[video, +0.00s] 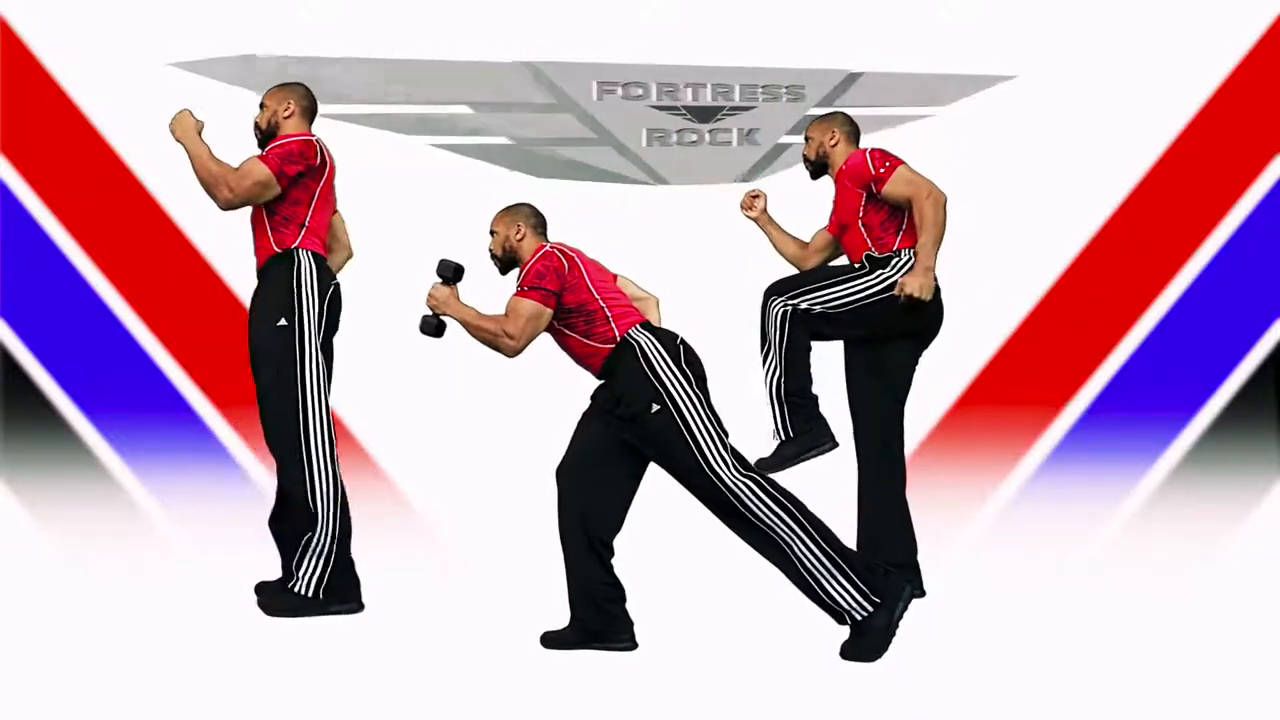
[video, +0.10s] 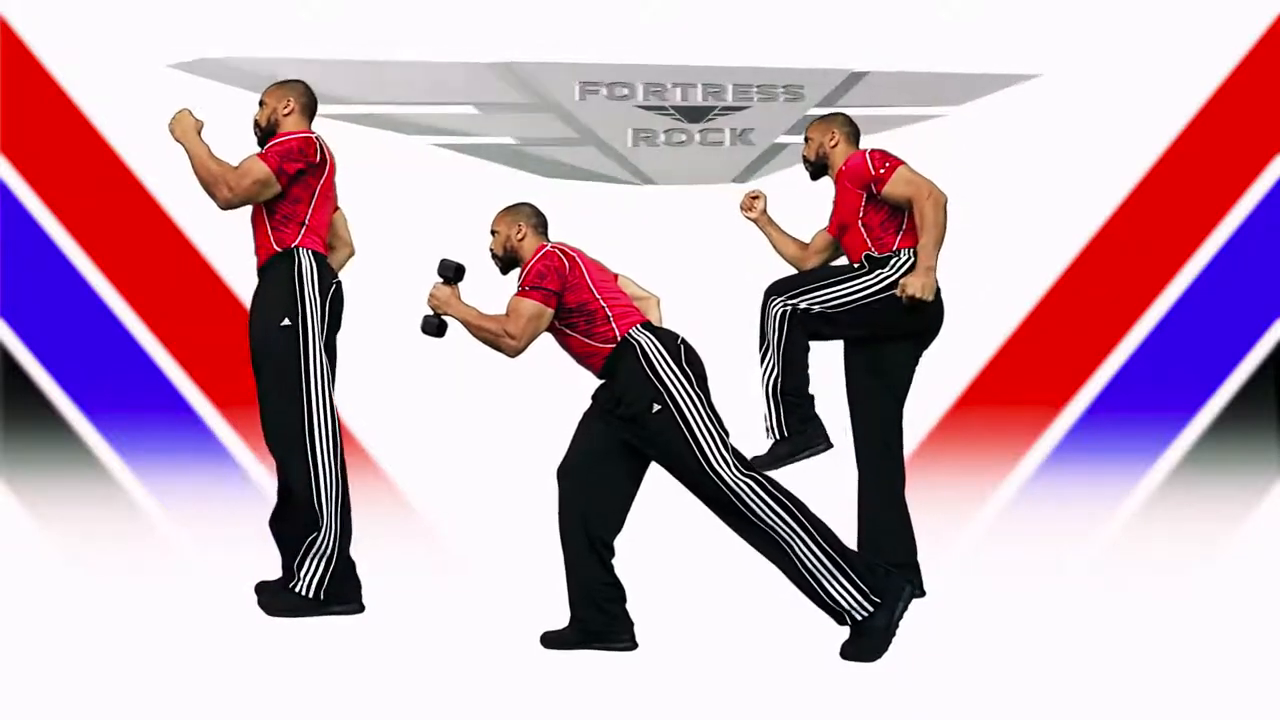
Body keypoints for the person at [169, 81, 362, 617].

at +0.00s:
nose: (256, 116)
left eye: (262, 107)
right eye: (258, 109)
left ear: (285, 108)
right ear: (297, 112)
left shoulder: (300, 147)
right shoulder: (303, 161)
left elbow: (229, 191)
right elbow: (339, 247)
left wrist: (192, 139)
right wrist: (298, 296)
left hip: (295, 285)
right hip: (292, 288)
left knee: (303, 431)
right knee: (291, 433)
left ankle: (323, 582)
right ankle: (309, 574)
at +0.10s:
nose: (256, 114)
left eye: (262, 104)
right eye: (258, 106)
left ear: (285, 105)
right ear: (297, 110)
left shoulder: (300, 145)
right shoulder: (303, 159)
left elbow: (228, 190)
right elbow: (340, 244)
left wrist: (191, 139)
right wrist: (298, 295)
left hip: (297, 286)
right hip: (291, 288)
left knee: (308, 429)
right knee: (290, 432)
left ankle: (325, 580)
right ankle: (307, 572)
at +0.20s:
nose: (256, 111)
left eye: (262, 101)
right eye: (258, 103)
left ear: (285, 103)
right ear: (297, 107)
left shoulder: (300, 143)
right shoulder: (305, 156)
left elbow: (230, 190)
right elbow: (340, 244)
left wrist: (192, 139)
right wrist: (296, 294)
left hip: (299, 286)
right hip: (292, 287)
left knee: (308, 428)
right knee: (292, 432)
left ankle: (325, 580)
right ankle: (306, 572)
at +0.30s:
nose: (257, 110)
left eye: (263, 100)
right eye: (259, 102)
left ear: (287, 101)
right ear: (298, 106)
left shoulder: (301, 141)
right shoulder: (306, 155)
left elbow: (231, 189)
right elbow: (340, 244)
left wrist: (193, 138)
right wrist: (296, 294)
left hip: (299, 285)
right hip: (292, 287)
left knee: (307, 428)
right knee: (291, 431)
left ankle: (326, 580)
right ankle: (306, 572)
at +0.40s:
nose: (257, 109)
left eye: (263, 99)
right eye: (259, 101)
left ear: (287, 100)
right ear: (298, 105)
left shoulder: (302, 141)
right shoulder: (307, 154)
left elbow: (230, 189)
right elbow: (341, 242)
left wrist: (193, 138)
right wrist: (298, 294)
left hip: (299, 285)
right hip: (292, 287)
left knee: (307, 428)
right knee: (291, 431)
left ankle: (325, 580)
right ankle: (306, 572)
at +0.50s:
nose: (257, 109)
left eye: (263, 99)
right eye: (259, 102)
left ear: (287, 100)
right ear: (299, 105)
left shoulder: (302, 141)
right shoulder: (306, 154)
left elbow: (230, 189)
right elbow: (341, 242)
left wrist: (193, 137)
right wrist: (297, 292)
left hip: (299, 284)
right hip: (292, 286)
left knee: (307, 429)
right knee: (291, 431)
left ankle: (326, 581)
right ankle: (306, 572)